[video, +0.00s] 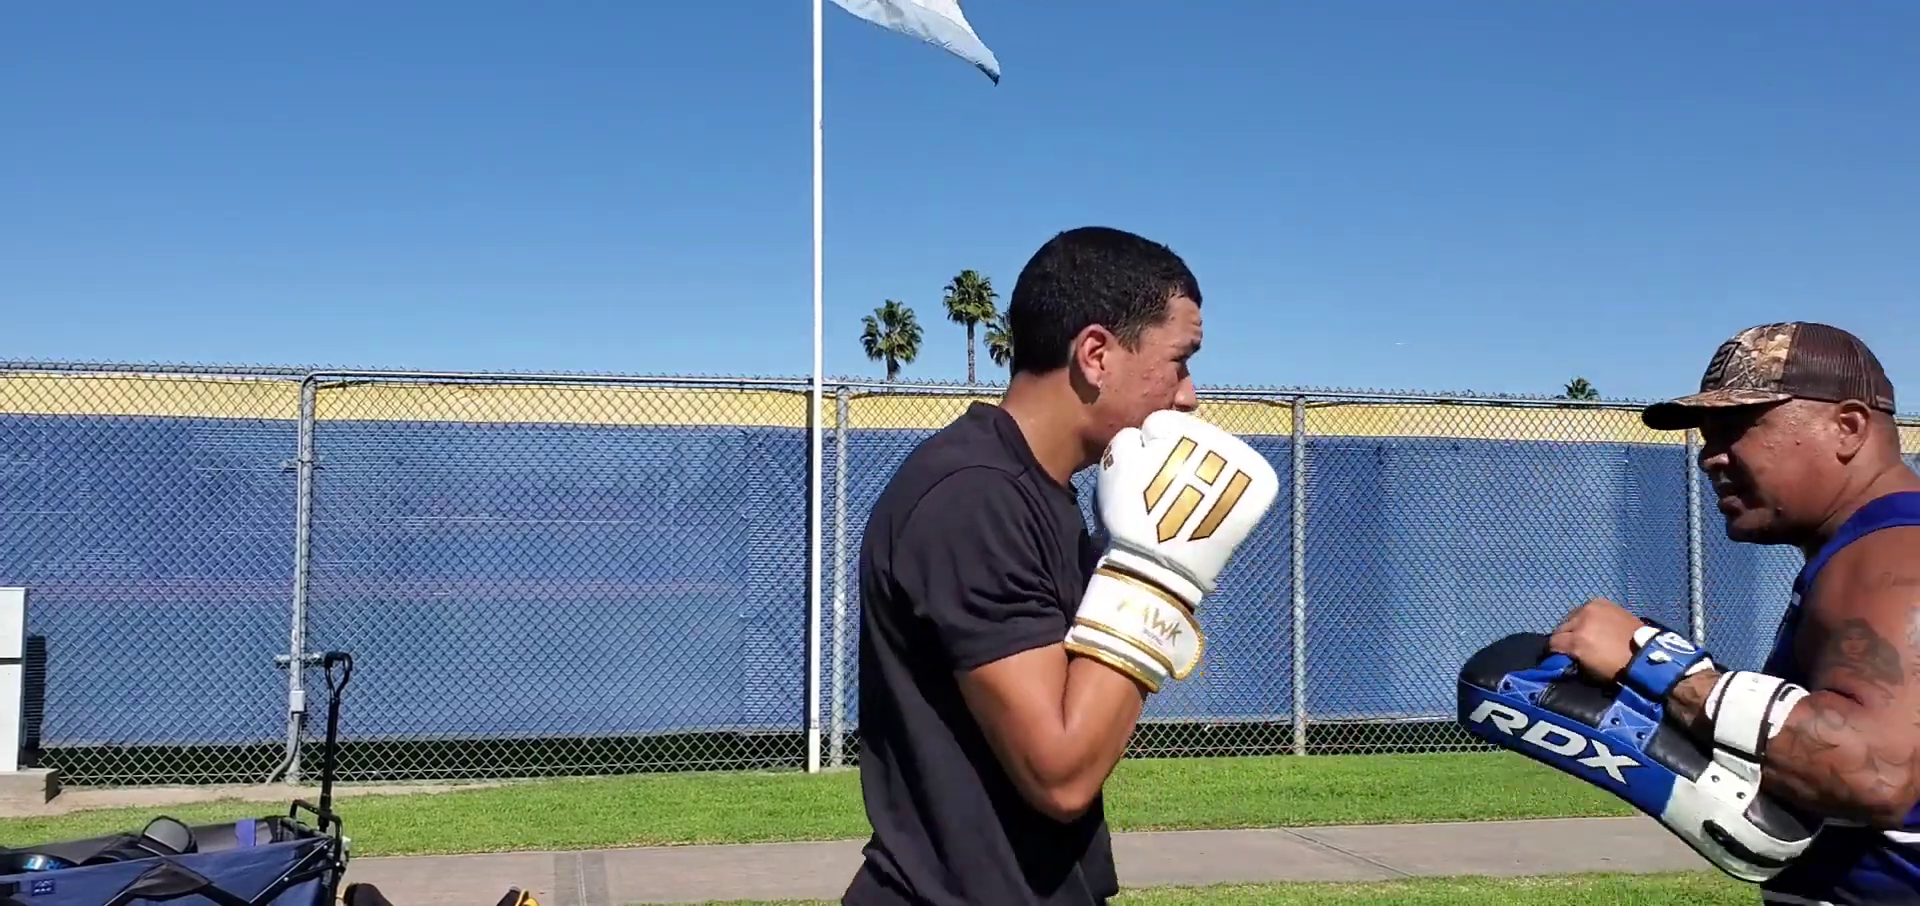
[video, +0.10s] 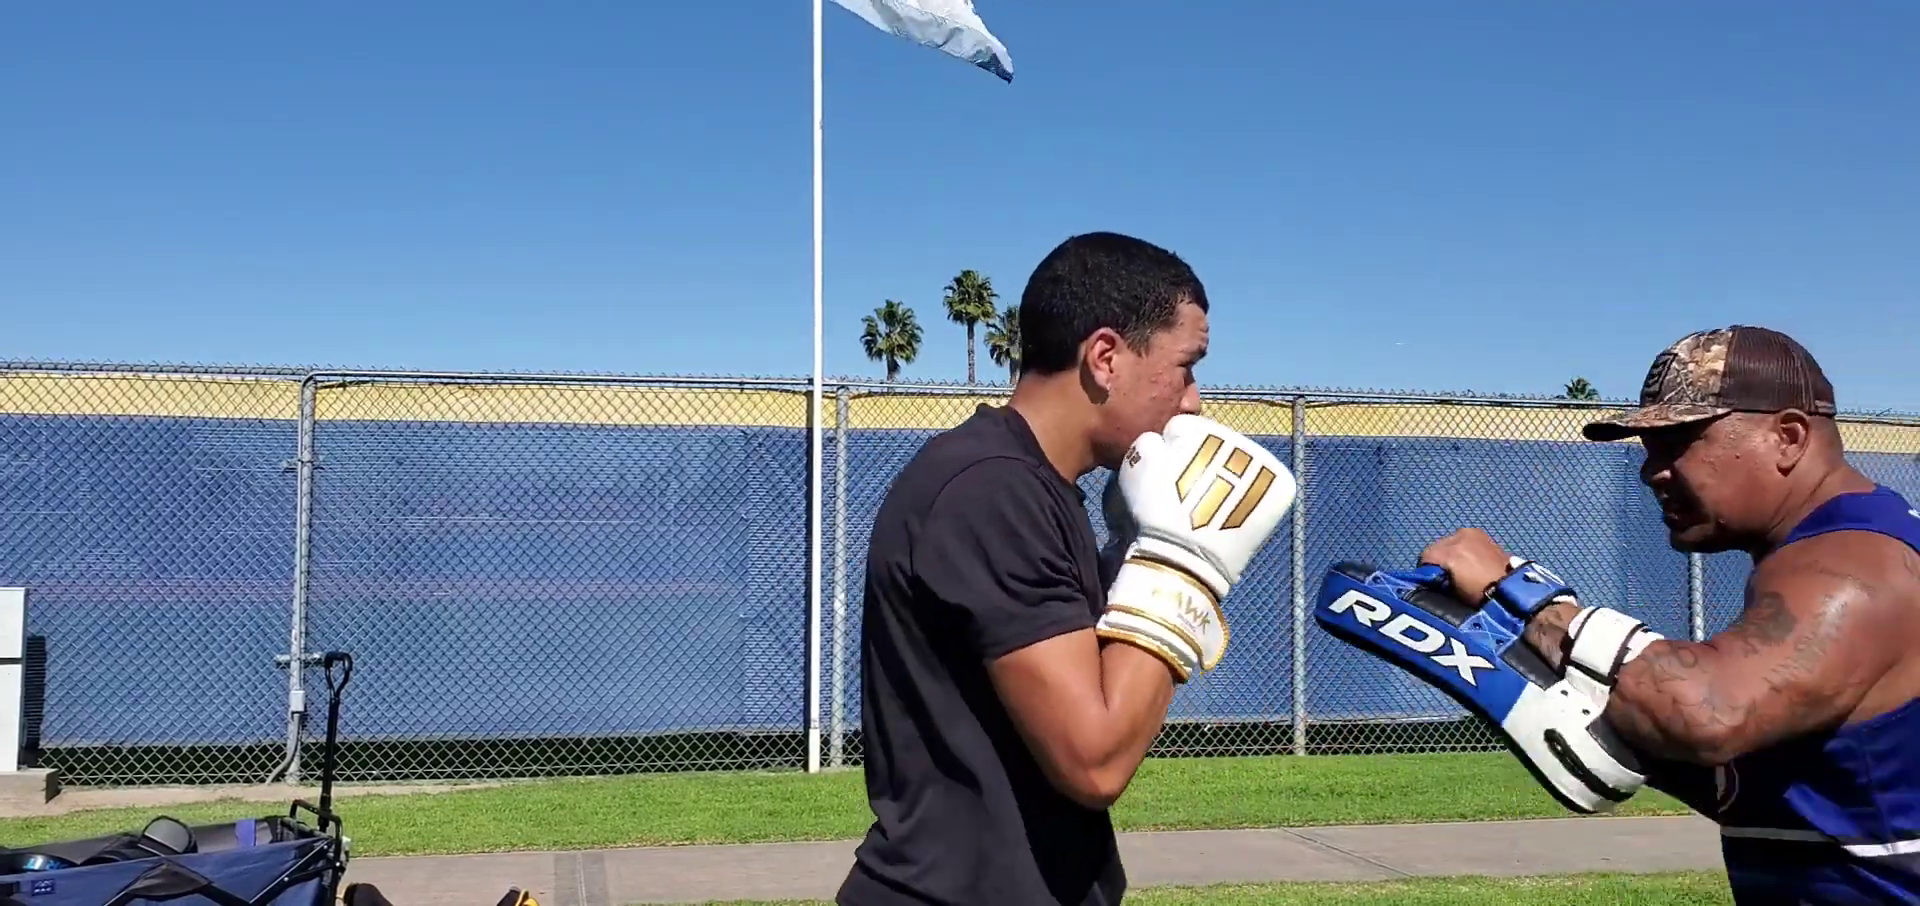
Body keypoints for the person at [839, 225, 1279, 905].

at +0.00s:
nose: (1189, 396)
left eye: (1188, 364)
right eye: (1178, 363)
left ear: (1098, 358)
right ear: (1096, 356)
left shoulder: (1047, 498)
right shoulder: (970, 502)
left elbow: (1067, 739)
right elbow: (1062, 776)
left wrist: (1153, 575)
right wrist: (1147, 574)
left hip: (1045, 884)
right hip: (955, 888)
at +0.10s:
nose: (1194, 401)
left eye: (1193, 371)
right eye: (1184, 369)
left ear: (1105, 360)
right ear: (1104, 358)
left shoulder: (1042, 491)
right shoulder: (991, 495)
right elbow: (1095, 763)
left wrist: (1145, 554)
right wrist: (1180, 569)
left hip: (1038, 882)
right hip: (970, 886)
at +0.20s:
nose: (1196, 418)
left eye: (1195, 389)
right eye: (1186, 386)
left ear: (1105, 377)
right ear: (1104, 375)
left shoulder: (1069, 513)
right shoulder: (993, 509)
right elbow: (1086, 774)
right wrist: (1181, 590)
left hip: (1053, 885)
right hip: (956, 888)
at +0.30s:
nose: (1184, 424)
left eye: (1182, 393)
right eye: (1170, 390)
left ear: (1083, 382)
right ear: (1082, 377)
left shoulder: (1069, 515)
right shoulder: (966, 506)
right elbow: (1048, 762)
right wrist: (1164, 593)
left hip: (1051, 883)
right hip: (940, 887)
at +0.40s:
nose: (1148, 422)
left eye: (1153, 399)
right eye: (1142, 395)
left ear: (1056, 387)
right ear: (1056, 381)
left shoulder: (1034, 509)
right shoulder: (942, 496)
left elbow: (1037, 699)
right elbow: (1025, 741)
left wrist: (1145, 604)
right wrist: (1120, 563)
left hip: (1022, 882)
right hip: (908, 887)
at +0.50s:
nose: (1108, 445)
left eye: (1110, 421)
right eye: (1098, 418)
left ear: (1012, 410)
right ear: (1011, 408)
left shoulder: (963, 525)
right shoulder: (901, 514)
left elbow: (1008, 732)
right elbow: (1002, 752)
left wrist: (1081, 579)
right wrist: (1059, 558)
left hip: (966, 883)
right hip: (882, 887)